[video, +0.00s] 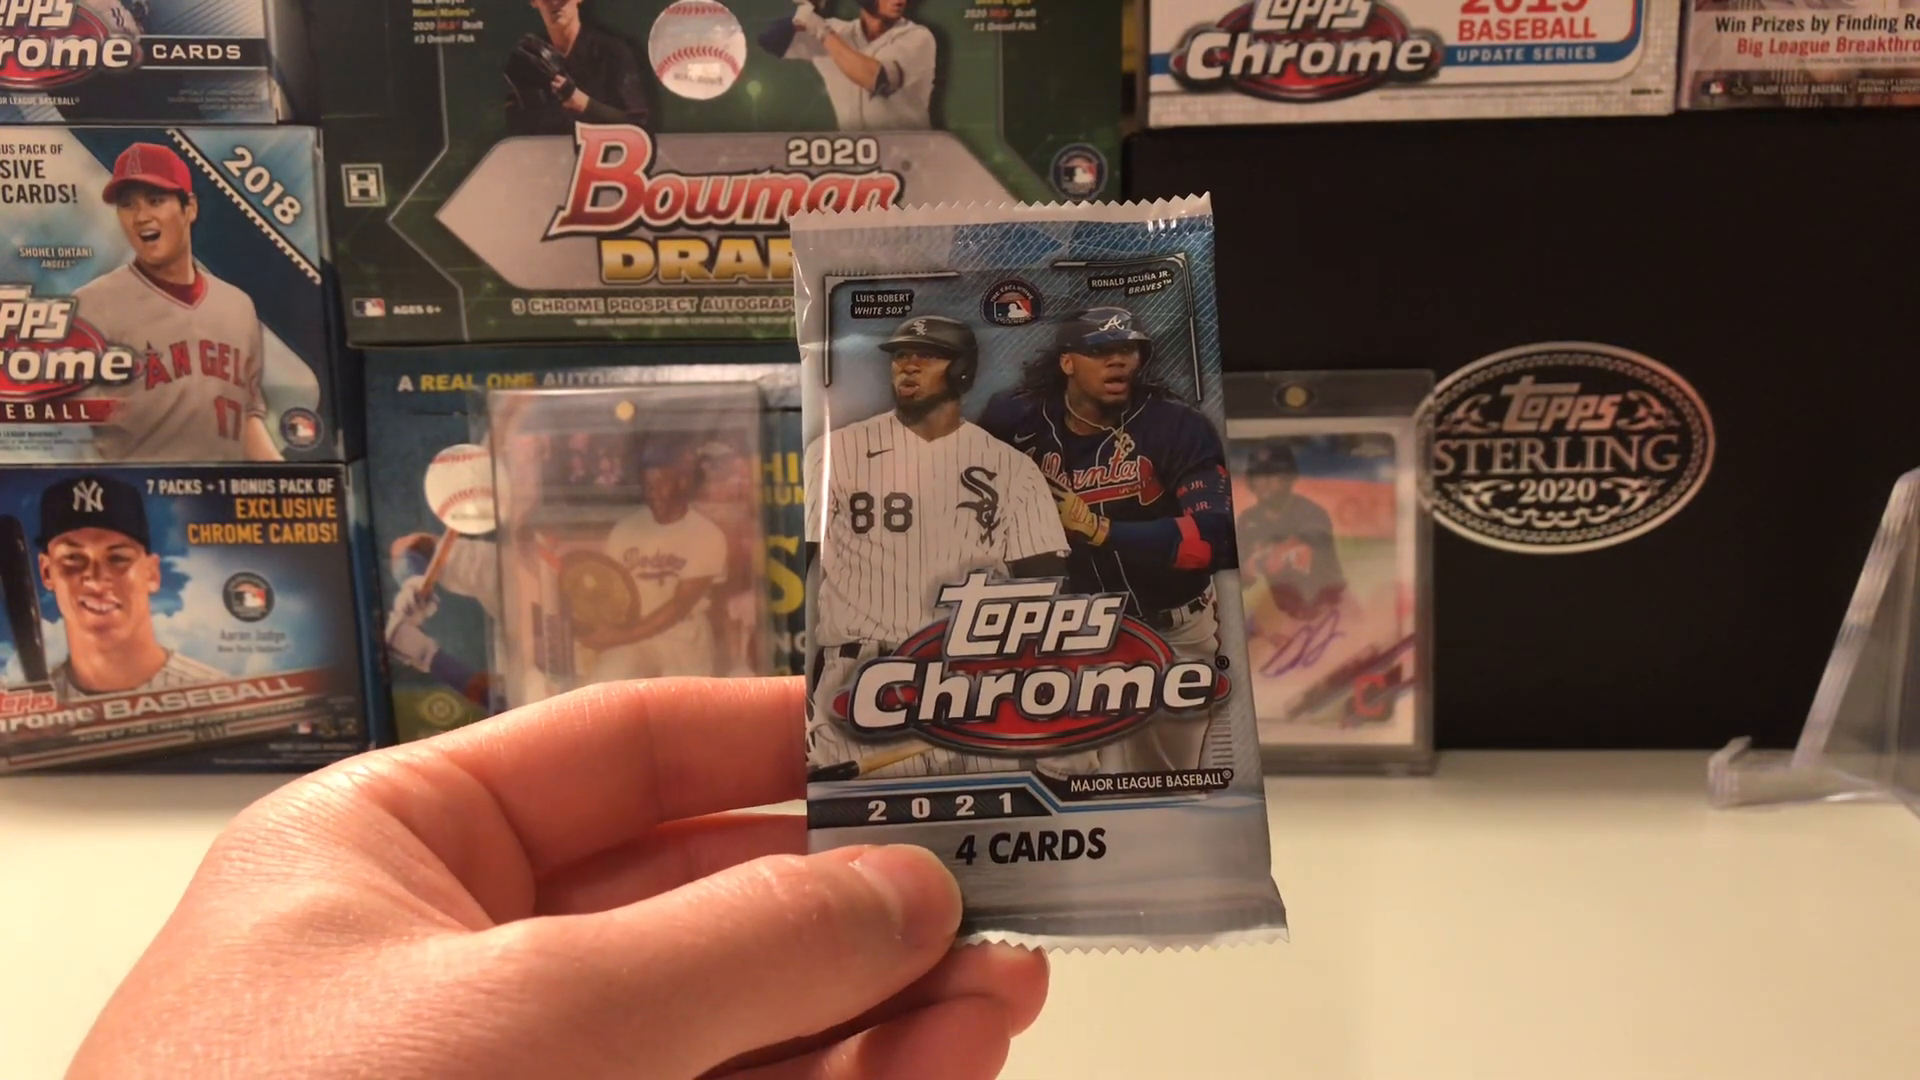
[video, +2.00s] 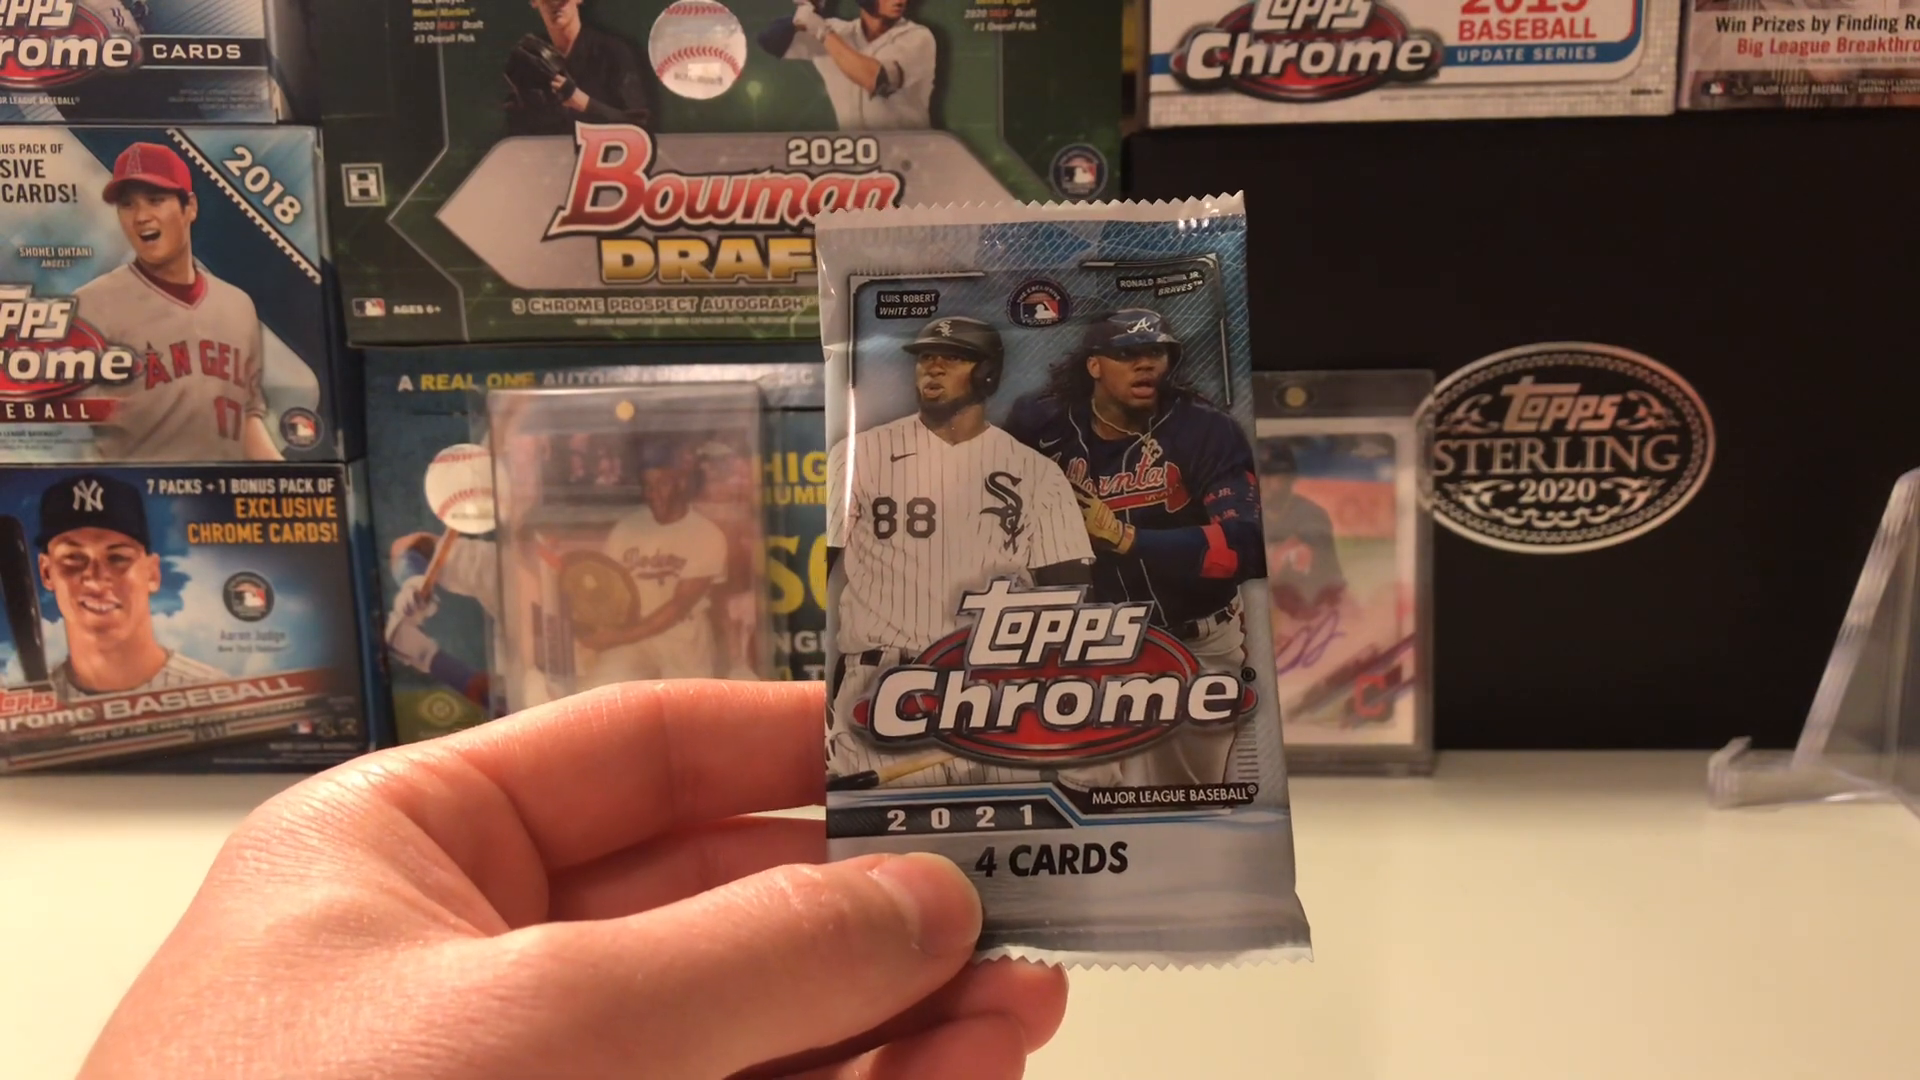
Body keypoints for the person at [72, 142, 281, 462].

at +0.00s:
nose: (143, 216)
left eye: (156, 200)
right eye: (128, 204)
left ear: (190, 209)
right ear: (119, 217)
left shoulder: (239, 307)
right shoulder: (91, 307)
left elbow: (248, 414)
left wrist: (283, 484)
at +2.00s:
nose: (142, 216)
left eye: (156, 200)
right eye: (128, 204)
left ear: (189, 209)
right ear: (118, 216)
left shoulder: (239, 306)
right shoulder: (91, 306)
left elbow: (248, 414)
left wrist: (283, 482)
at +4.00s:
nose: (142, 217)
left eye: (156, 200)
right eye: (128, 204)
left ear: (189, 210)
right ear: (118, 217)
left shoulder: (239, 307)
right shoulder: (92, 307)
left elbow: (248, 415)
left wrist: (282, 482)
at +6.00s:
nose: (143, 216)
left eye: (156, 199)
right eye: (129, 203)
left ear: (189, 209)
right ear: (118, 217)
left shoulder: (238, 306)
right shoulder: (91, 307)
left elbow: (248, 414)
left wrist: (283, 482)